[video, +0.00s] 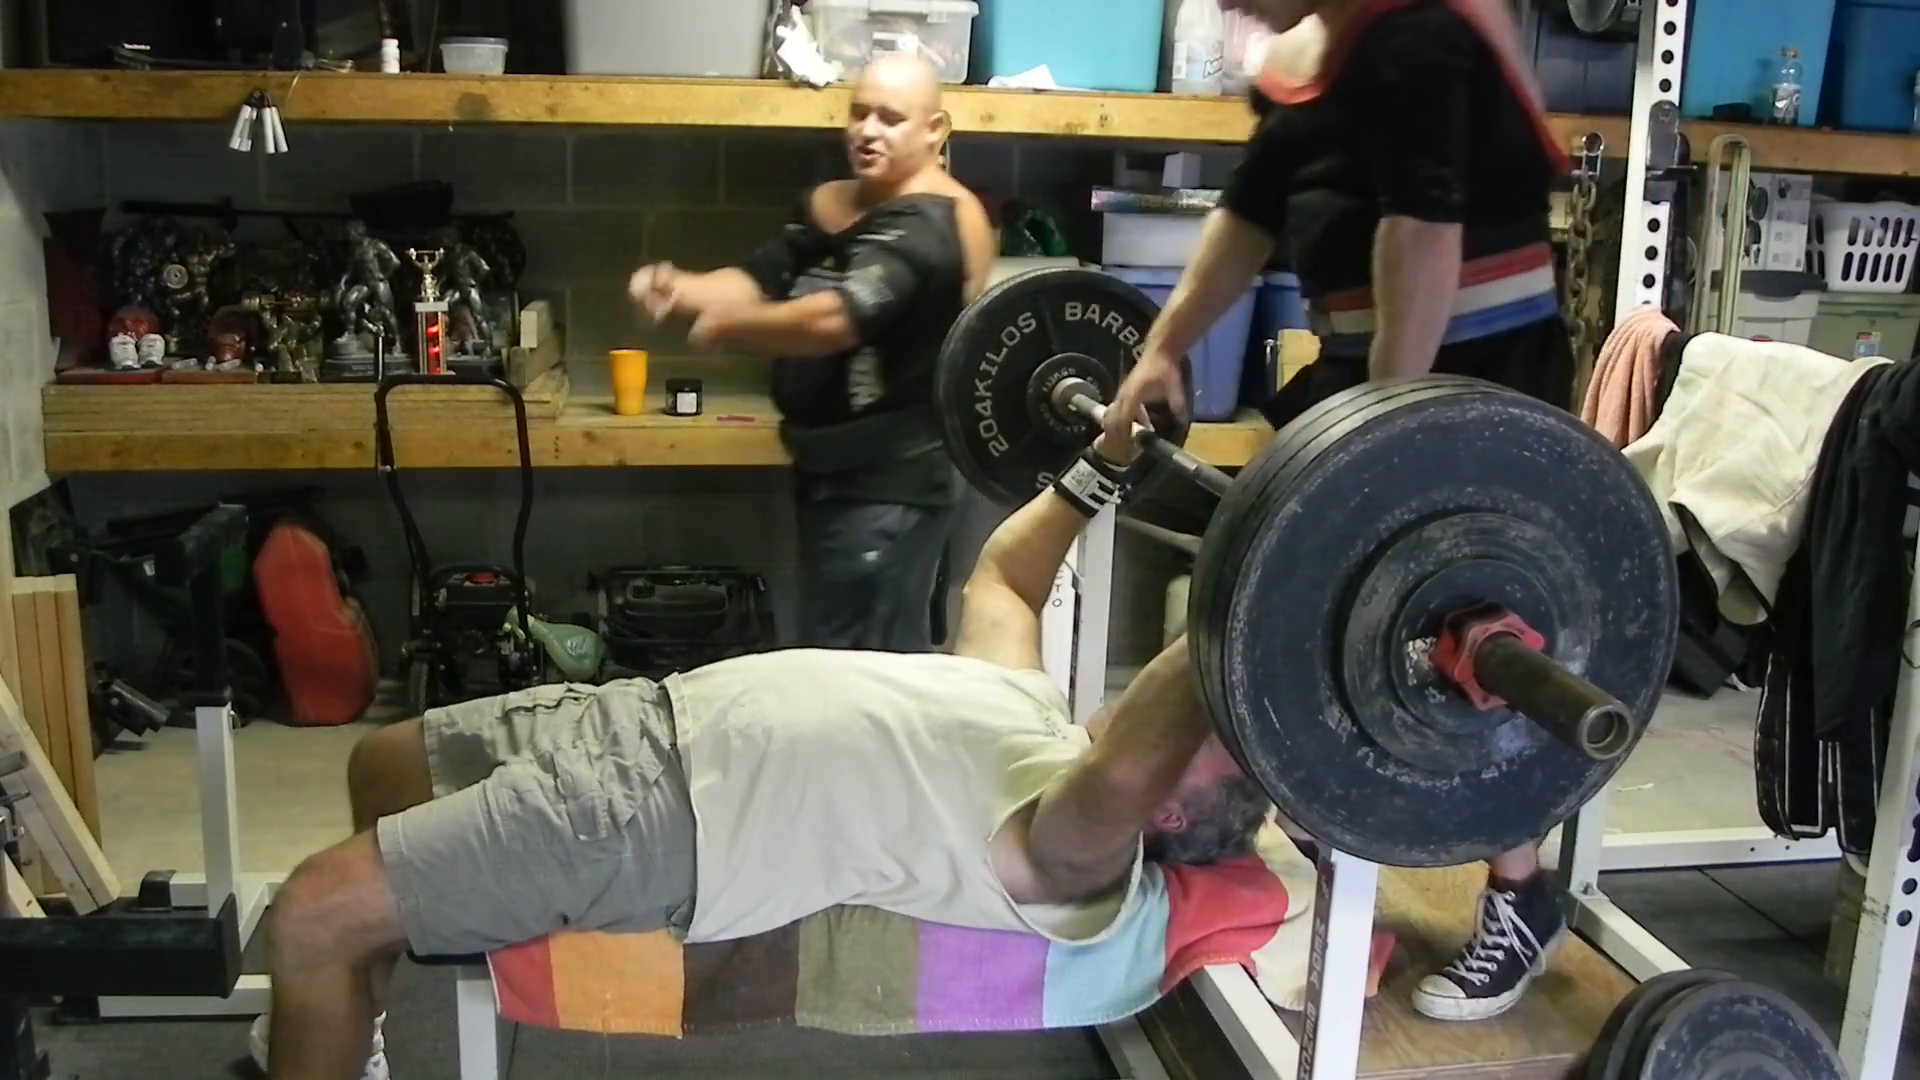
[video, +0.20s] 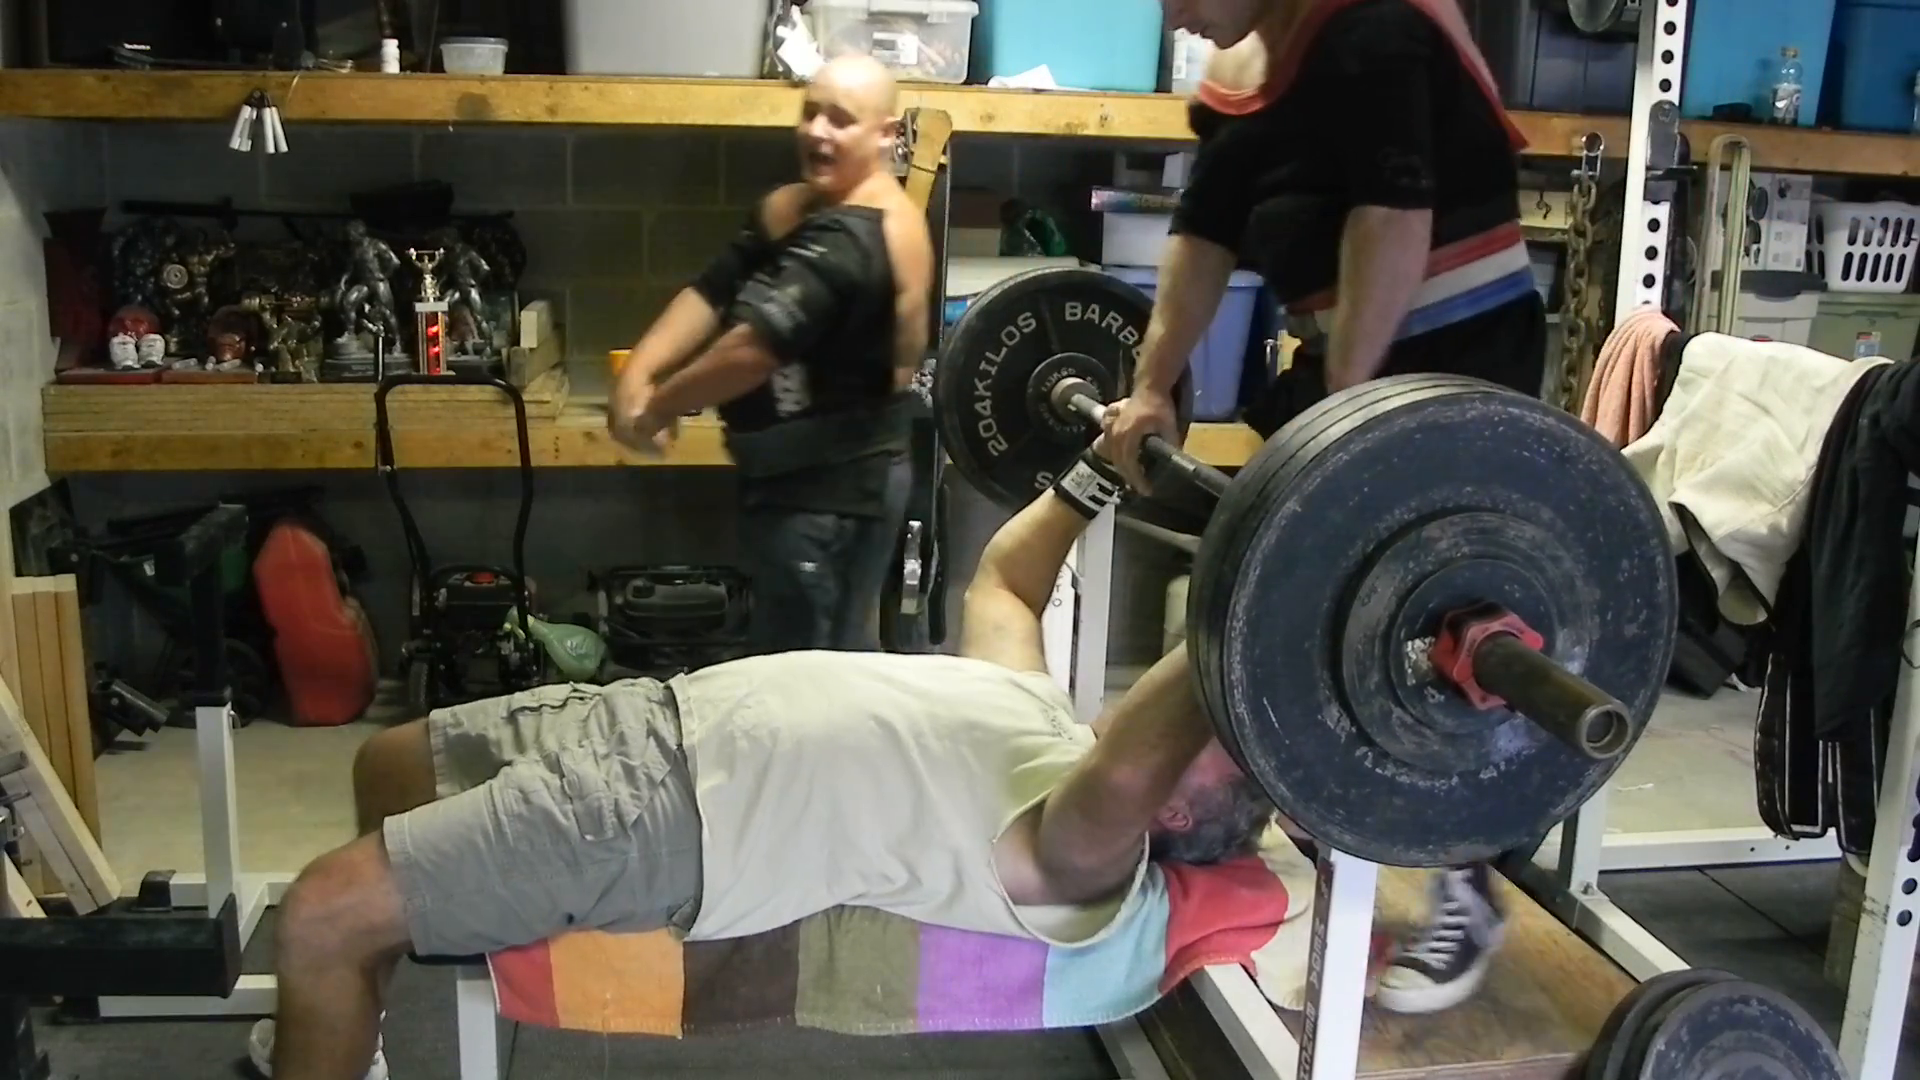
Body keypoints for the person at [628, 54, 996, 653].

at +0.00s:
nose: (867, 131)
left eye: (890, 117)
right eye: (860, 114)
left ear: (936, 131)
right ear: (848, 118)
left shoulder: (925, 221)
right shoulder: (842, 205)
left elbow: (837, 321)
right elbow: (763, 278)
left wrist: (730, 322)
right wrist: (683, 288)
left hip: (887, 486)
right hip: (836, 477)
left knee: (852, 678)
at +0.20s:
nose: (817, 131)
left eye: (841, 119)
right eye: (811, 112)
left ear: (887, 132)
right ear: (799, 115)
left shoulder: (853, 232)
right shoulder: (797, 207)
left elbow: (759, 347)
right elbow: (714, 291)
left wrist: (665, 404)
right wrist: (637, 373)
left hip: (823, 493)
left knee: (792, 690)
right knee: (838, 680)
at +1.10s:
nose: (621, 120)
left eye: (639, 107)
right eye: (604, 101)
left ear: (655, 123)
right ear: (568, 105)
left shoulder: (681, 212)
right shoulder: (500, 203)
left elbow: (678, 309)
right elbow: (459, 295)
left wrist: (629, 398)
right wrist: (434, 395)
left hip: (649, 507)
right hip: (519, 508)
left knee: (699, 713)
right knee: (521, 721)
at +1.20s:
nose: (577, 115)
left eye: (592, 101)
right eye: (558, 98)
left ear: (607, 110)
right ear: (518, 102)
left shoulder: (647, 202)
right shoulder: (460, 204)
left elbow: (668, 298)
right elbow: (437, 301)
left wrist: (654, 395)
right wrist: (444, 396)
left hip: (629, 498)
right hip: (495, 506)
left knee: (658, 707)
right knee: (502, 719)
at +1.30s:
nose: (545, 114)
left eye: (559, 99)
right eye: (526, 98)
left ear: (572, 109)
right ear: (482, 106)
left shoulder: (615, 199)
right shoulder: (435, 207)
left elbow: (657, 294)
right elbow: (436, 314)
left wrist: (667, 392)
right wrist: (477, 410)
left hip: (621, 503)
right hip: (490, 511)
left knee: (646, 705)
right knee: (500, 717)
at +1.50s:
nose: (517, 112)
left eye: (524, 97)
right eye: (496, 95)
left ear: (533, 104)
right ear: (439, 104)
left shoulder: (573, 196)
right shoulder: (404, 211)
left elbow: (638, 279)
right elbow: (472, 313)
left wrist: (699, 365)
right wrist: (584, 388)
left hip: (606, 499)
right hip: (480, 511)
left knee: (624, 711)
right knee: (489, 727)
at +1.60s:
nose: (514, 113)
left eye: (519, 97)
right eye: (493, 96)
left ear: (528, 104)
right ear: (435, 105)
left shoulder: (564, 196)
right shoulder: (404, 207)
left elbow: (637, 279)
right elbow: (476, 306)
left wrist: (711, 361)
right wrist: (606, 361)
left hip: (600, 489)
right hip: (479, 507)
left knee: (637, 695)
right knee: (494, 727)